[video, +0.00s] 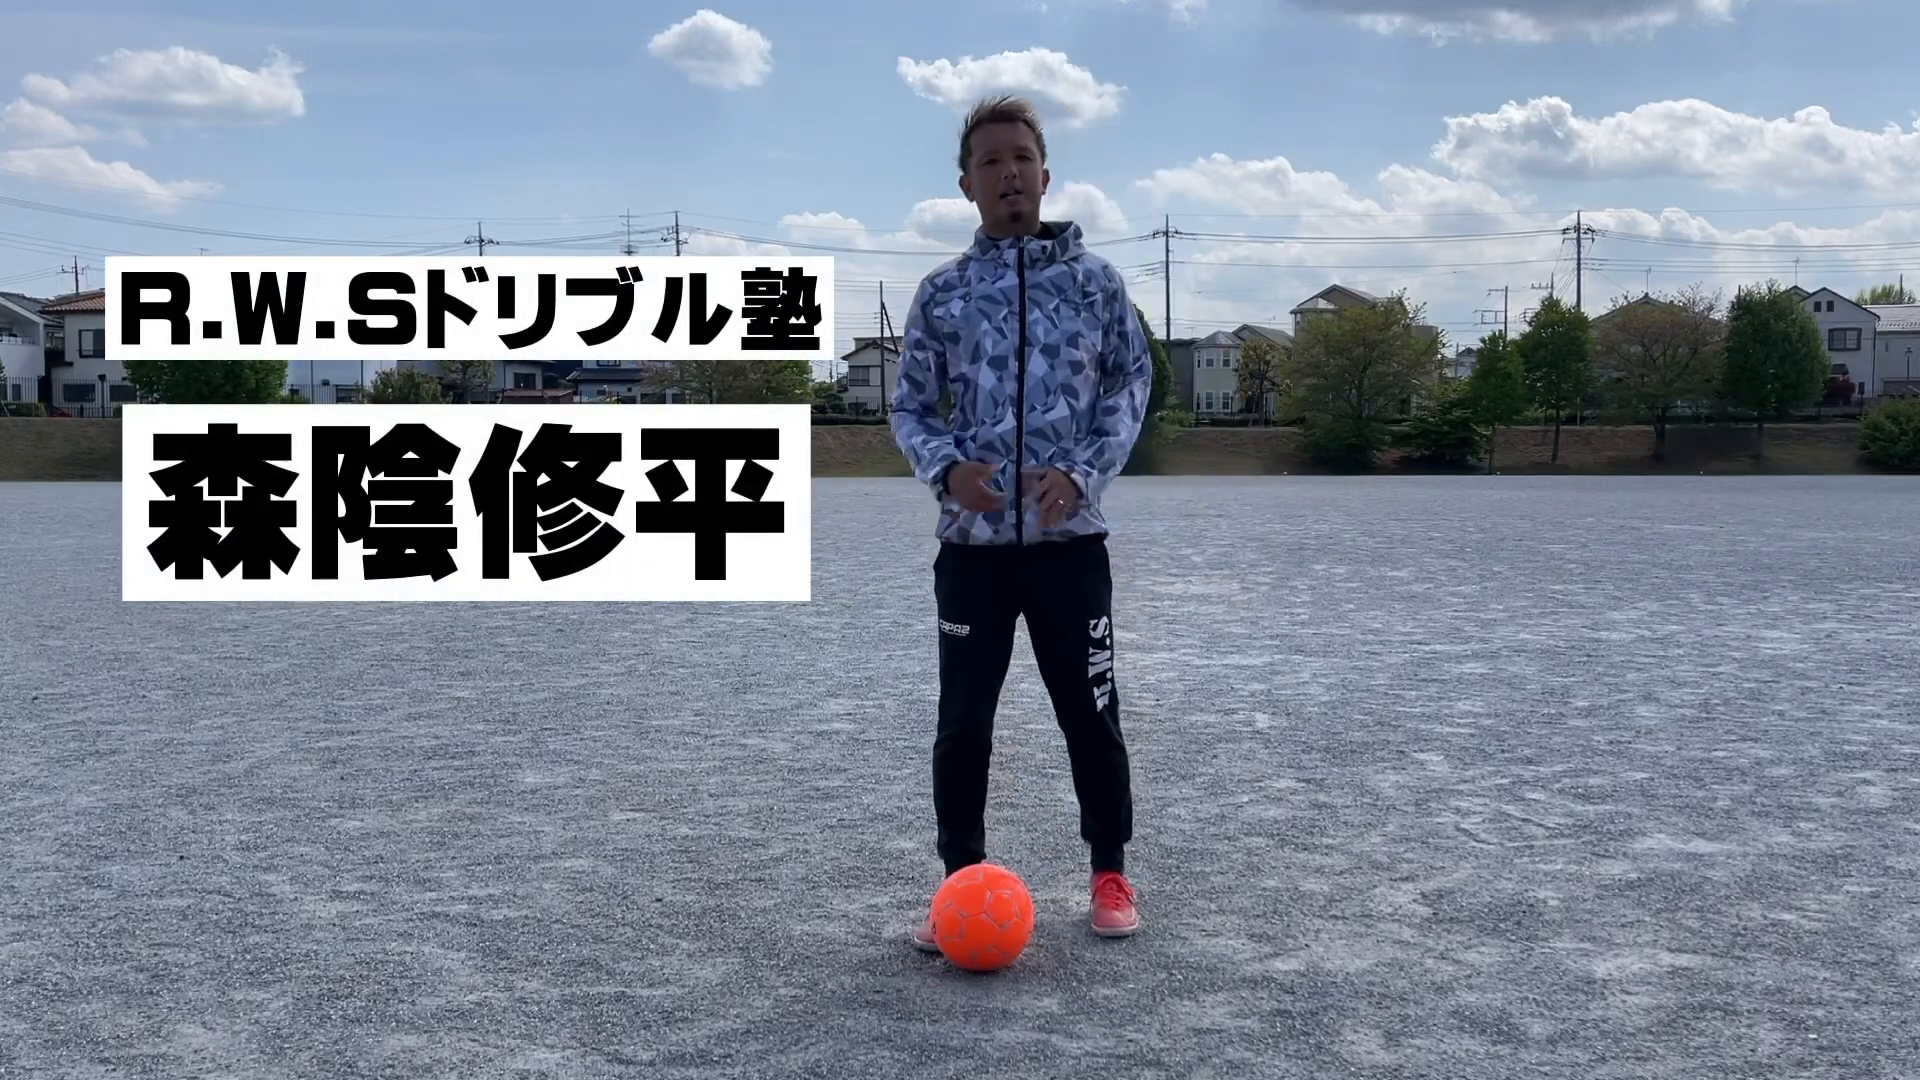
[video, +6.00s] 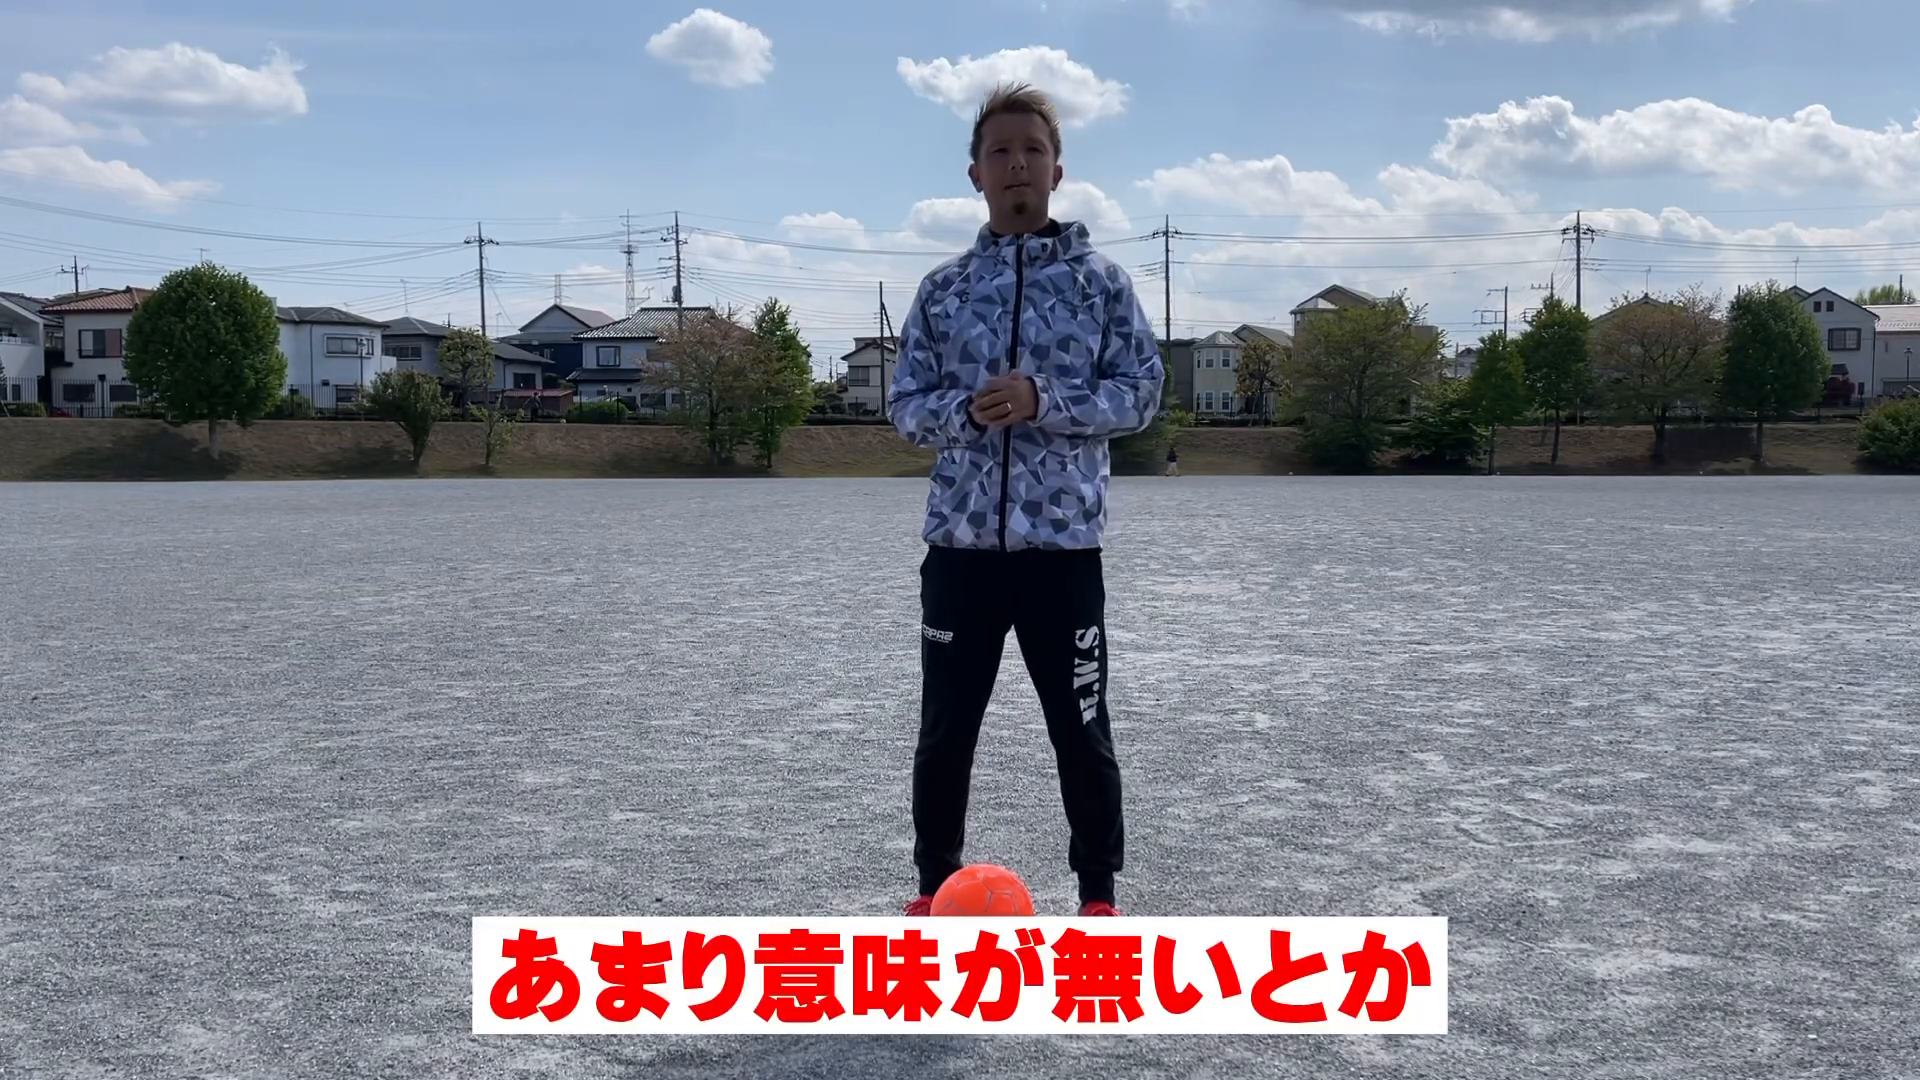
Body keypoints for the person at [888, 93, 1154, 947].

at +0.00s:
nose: (1010, 173)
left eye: (1023, 158)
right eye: (991, 161)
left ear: (1046, 171)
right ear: (967, 180)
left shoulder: (1093, 280)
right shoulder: (943, 292)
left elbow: (1130, 388)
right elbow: (910, 408)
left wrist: (1087, 471)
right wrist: (946, 466)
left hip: (1068, 541)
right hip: (974, 545)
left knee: (1091, 713)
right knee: (962, 719)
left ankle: (1108, 874)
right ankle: (961, 888)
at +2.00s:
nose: (989, 159)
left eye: (1005, 142)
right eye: (971, 144)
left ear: (1030, 153)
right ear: (946, 158)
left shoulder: (1075, 266)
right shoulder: (914, 275)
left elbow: (1122, 382)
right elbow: (872, 384)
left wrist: (1042, 419)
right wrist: (941, 418)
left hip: (1045, 536)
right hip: (941, 536)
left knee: (1078, 723)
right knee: (927, 725)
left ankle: (1103, 902)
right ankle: (925, 894)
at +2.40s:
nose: (1004, 151)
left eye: (1022, 136)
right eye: (988, 135)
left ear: (1046, 151)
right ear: (963, 150)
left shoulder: (1088, 265)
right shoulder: (927, 269)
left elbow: (1118, 400)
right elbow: (900, 404)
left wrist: (1129, 510)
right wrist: (886, 513)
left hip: (1056, 535)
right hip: (951, 535)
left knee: (1082, 725)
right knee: (933, 727)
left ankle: (1103, 901)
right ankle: (927, 894)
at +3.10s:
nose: (1036, 161)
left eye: (1052, 146)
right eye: (1019, 146)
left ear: (1073, 164)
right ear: (991, 163)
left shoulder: (1107, 279)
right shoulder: (952, 279)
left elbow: (1124, 389)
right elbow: (931, 401)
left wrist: (1064, 454)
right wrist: (998, 444)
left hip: (1069, 542)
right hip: (968, 540)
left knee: (1086, 730)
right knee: (947, 728)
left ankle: (1101, 905)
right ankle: (931, 897)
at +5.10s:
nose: (1016, 165)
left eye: (1035, 151)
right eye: (1004, 151)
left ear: (1071, 167)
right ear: (990, 166)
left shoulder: (1113, 281)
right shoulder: (955, 285)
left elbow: (1150, 394)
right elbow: (917, 400)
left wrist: (1060, 391)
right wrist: (981, 388)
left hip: (1070, 538)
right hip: (970, 538)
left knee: (1084, 728)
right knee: (950, 727)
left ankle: (1097, 898)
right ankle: (933, 894)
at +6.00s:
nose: (1016, 162)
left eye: (1033, 149)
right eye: (999, 150)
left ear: (1057, 167)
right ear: (977, 169)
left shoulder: (1099, 280)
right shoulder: (942, 288)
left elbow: (1140, 392)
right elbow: (907, 406)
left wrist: (1047, 400)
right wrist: (962, 409)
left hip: (1061, 540)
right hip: (960, 540)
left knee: (1080, 728)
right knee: (944, 732)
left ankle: (1097, 897)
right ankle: (935, 897)